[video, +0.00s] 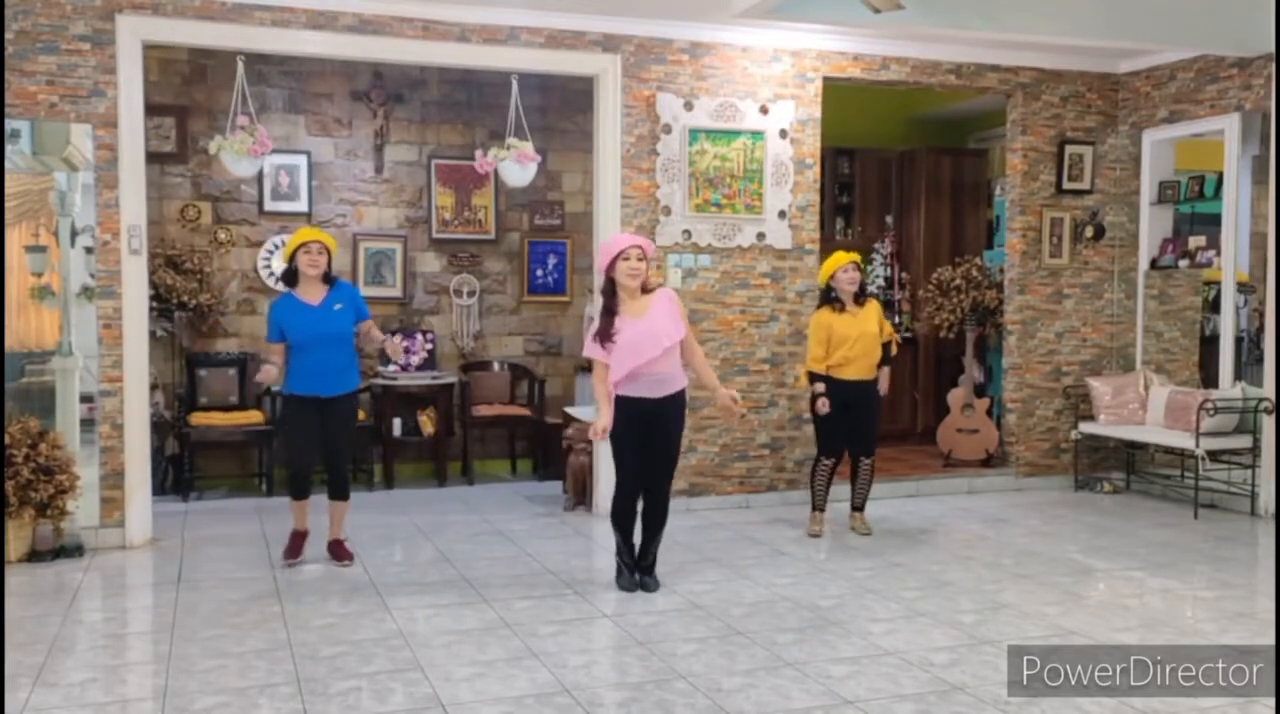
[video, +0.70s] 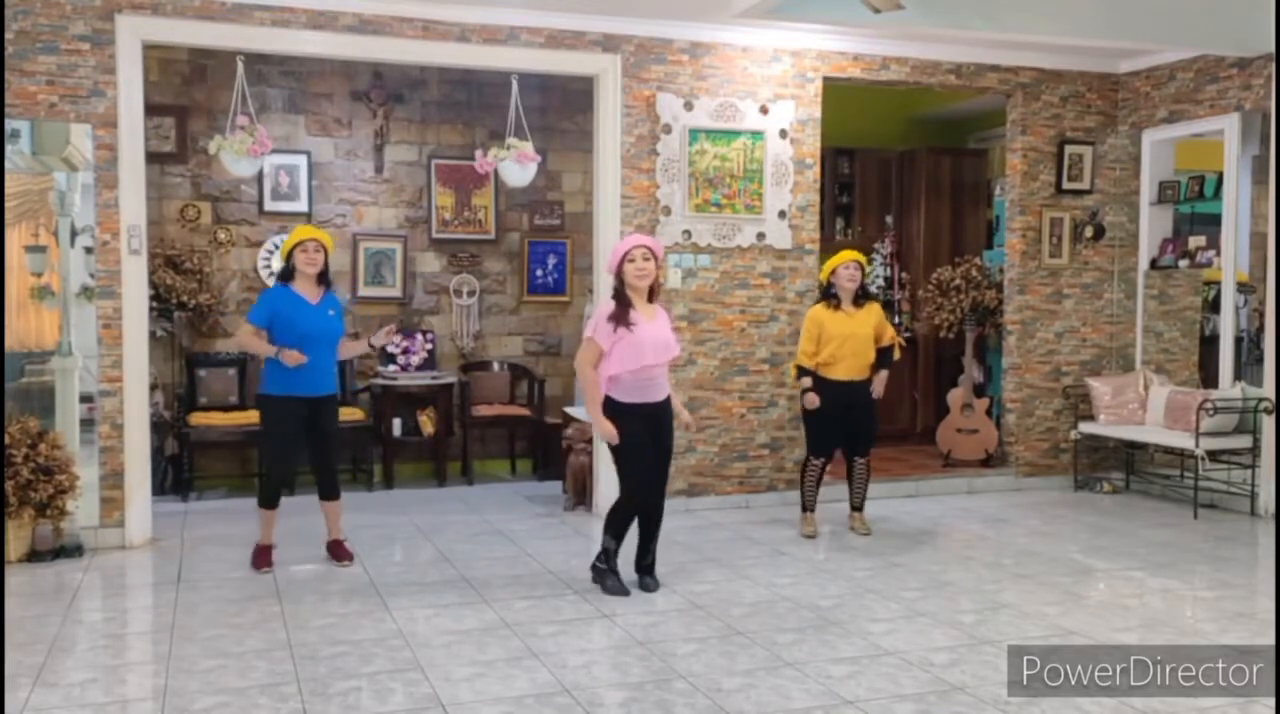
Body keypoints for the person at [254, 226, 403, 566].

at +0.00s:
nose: (314, 257)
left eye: (320, 252)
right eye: (307, 252)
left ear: (329, 260)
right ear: (295, 260)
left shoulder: (347, 294)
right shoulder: (281, 307)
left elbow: (368, 332)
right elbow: (277, 355)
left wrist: (384, 343)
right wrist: (271, 369)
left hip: (341, 396)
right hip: (299, 398)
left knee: (339, 466)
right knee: (299, 466)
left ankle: (336, 538)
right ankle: (299, 531)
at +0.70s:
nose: (311, 256)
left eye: (317, 250)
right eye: (303, 250)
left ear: (325, 258)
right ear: (291, 257)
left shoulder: (332, 301)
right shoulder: (275, 296)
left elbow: (336, 350)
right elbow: (243, 337)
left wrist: (372, 341)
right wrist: (278, 351)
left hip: (324, 398)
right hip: (281, 398)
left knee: (327, 468)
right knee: (274, 470)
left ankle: (336, 540)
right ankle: (265, 543)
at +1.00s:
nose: (295, 257)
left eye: (301, 252)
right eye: (287, 252)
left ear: (310, 262)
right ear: (275, 259)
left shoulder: (314, 306)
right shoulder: (255, 295)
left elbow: (314, 354)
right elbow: (211, 325)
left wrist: (341, 358)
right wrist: (228, 352)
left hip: (297, 399)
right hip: (253, 397)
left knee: (316, 463)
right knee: (258, 469)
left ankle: (322, 537)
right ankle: (262, 544)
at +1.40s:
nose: (284, 254)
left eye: (291, 249)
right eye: (278, 248)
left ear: (301, 258)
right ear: (265, 256)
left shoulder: (312, 301)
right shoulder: (247, 294)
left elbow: (317, 349)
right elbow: (221, 330)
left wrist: (331, 352)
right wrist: (208, 340)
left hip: (292, 396)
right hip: (249, 394)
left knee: (291, 466)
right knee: (255, 467)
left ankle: (284, 539)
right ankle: (262, 544)